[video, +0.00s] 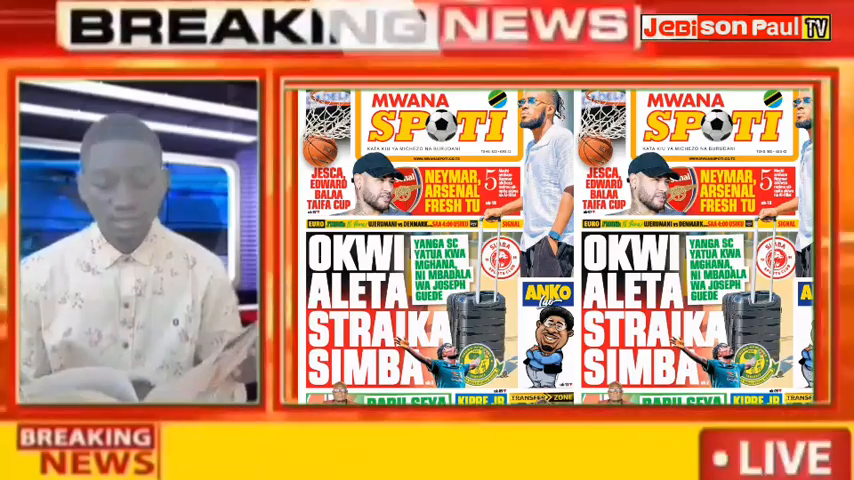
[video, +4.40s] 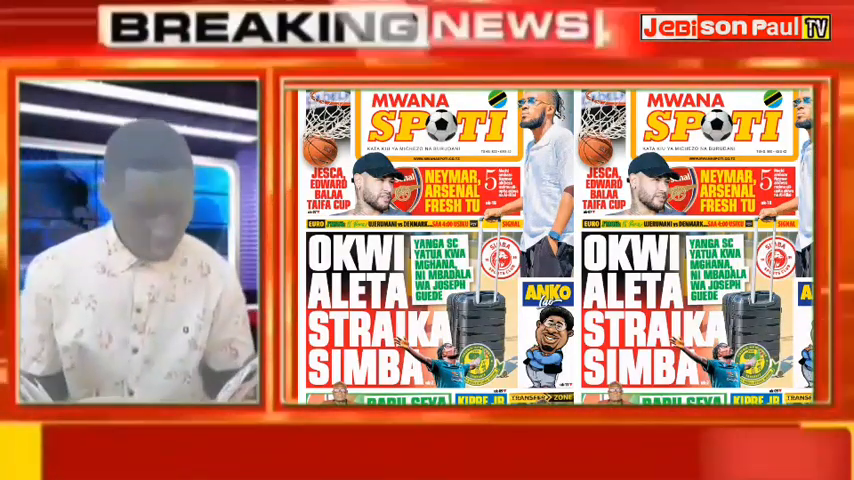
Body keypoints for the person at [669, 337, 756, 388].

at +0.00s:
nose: (728, 349)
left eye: (729, 347)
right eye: (724, 347)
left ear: (731, 351)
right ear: (718, 353)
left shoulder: (737, 366)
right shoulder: (714, 364)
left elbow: (750, 365)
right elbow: (698, 359)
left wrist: (754, 359)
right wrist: (684, 348)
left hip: (736, 401)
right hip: (720, 401)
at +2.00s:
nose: (728, 349)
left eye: (729, 347)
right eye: (724, 347)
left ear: (731, 351)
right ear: (718, 353)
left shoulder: (737, 366)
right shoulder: (714, 364)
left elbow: (749, 365)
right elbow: (698, 359)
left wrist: (754, 359)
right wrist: (684, 348)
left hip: (736, 401)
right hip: (720, 401)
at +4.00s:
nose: (729, 348)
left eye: (729, 347)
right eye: (724, 347)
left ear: (731, 351)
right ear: (718, 353)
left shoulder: (737, 366)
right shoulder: (714, 364)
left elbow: (750, 365)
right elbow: (698, 359)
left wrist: (754, 359)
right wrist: (683, 348)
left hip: (736, 400)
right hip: (720, 400)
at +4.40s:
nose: (729, 348)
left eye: (729, 347)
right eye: (725, 347)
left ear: (731, 351)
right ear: (718, 353)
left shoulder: (737, 366)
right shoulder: (714, 364)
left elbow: (749, 365)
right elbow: (698, 359)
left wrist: (754, 359)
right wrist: (684, 348)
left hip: (736, 400)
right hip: (720, 401)